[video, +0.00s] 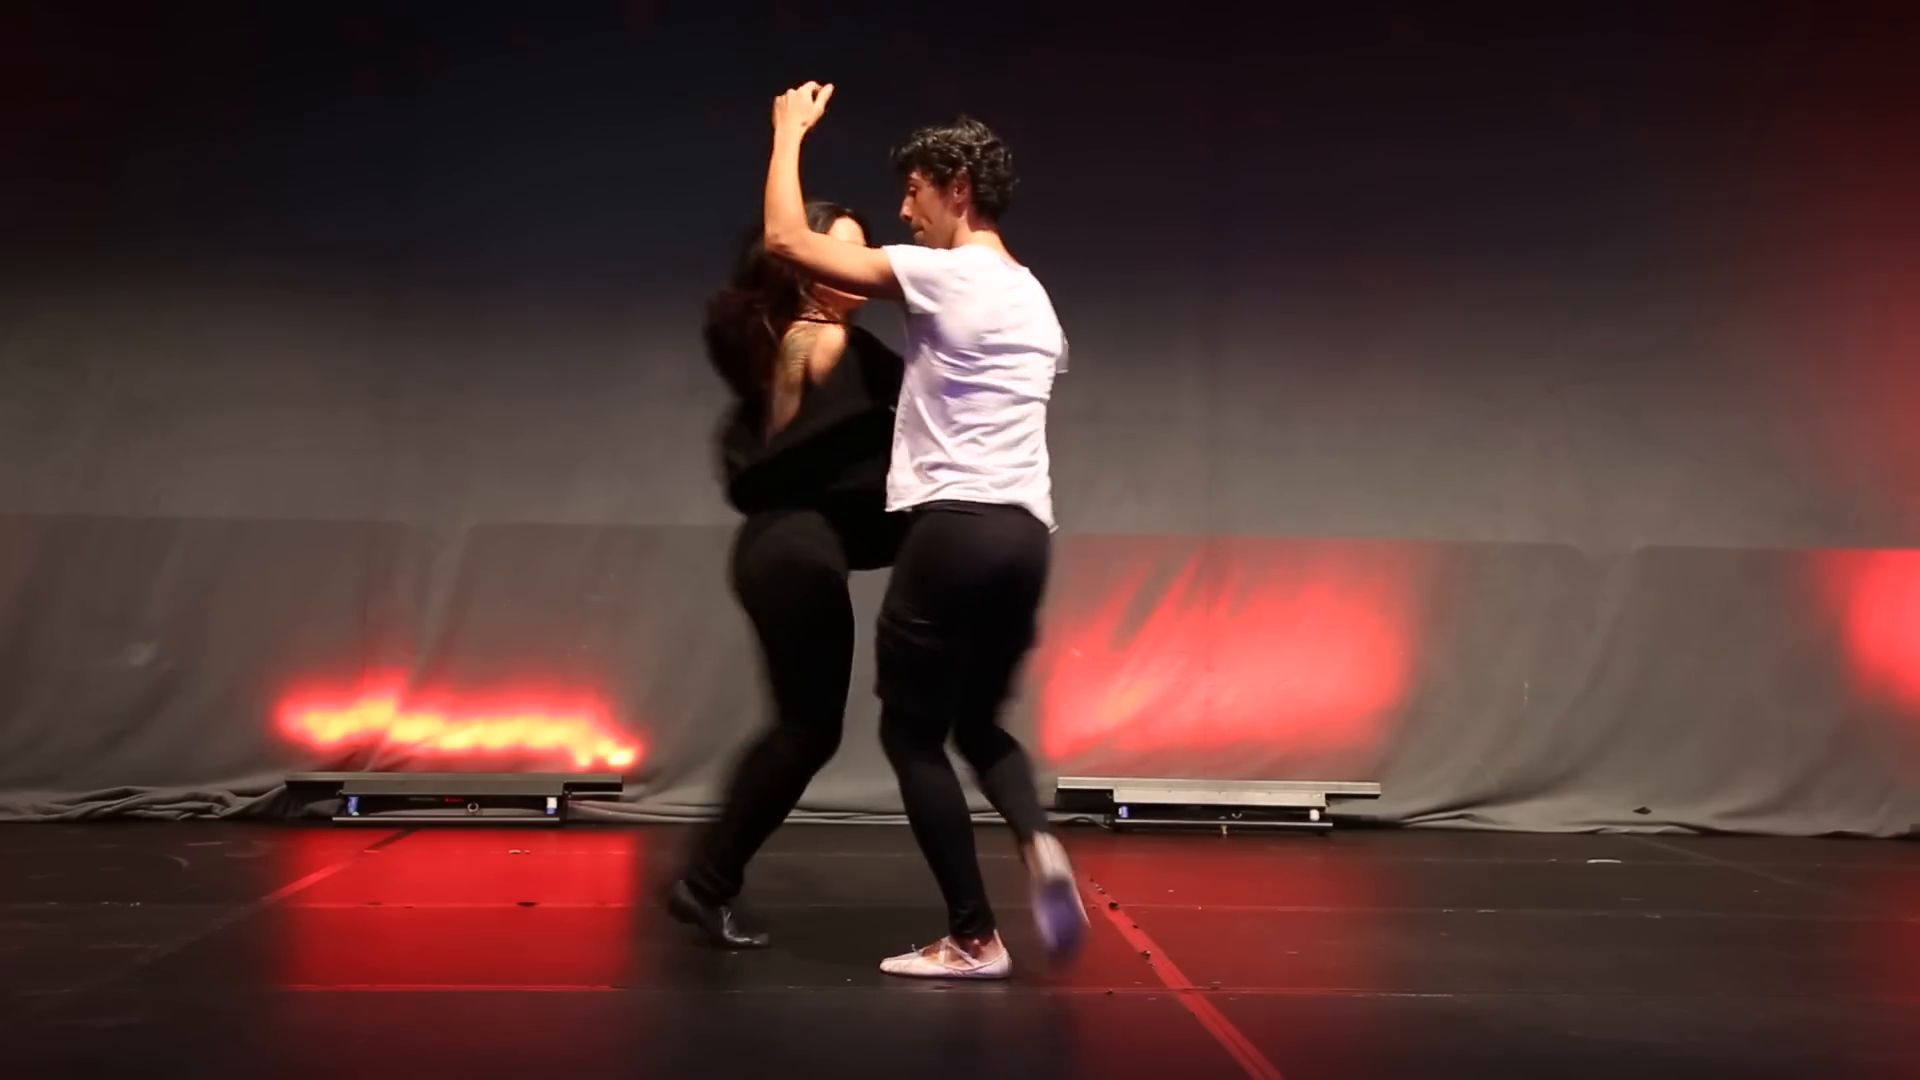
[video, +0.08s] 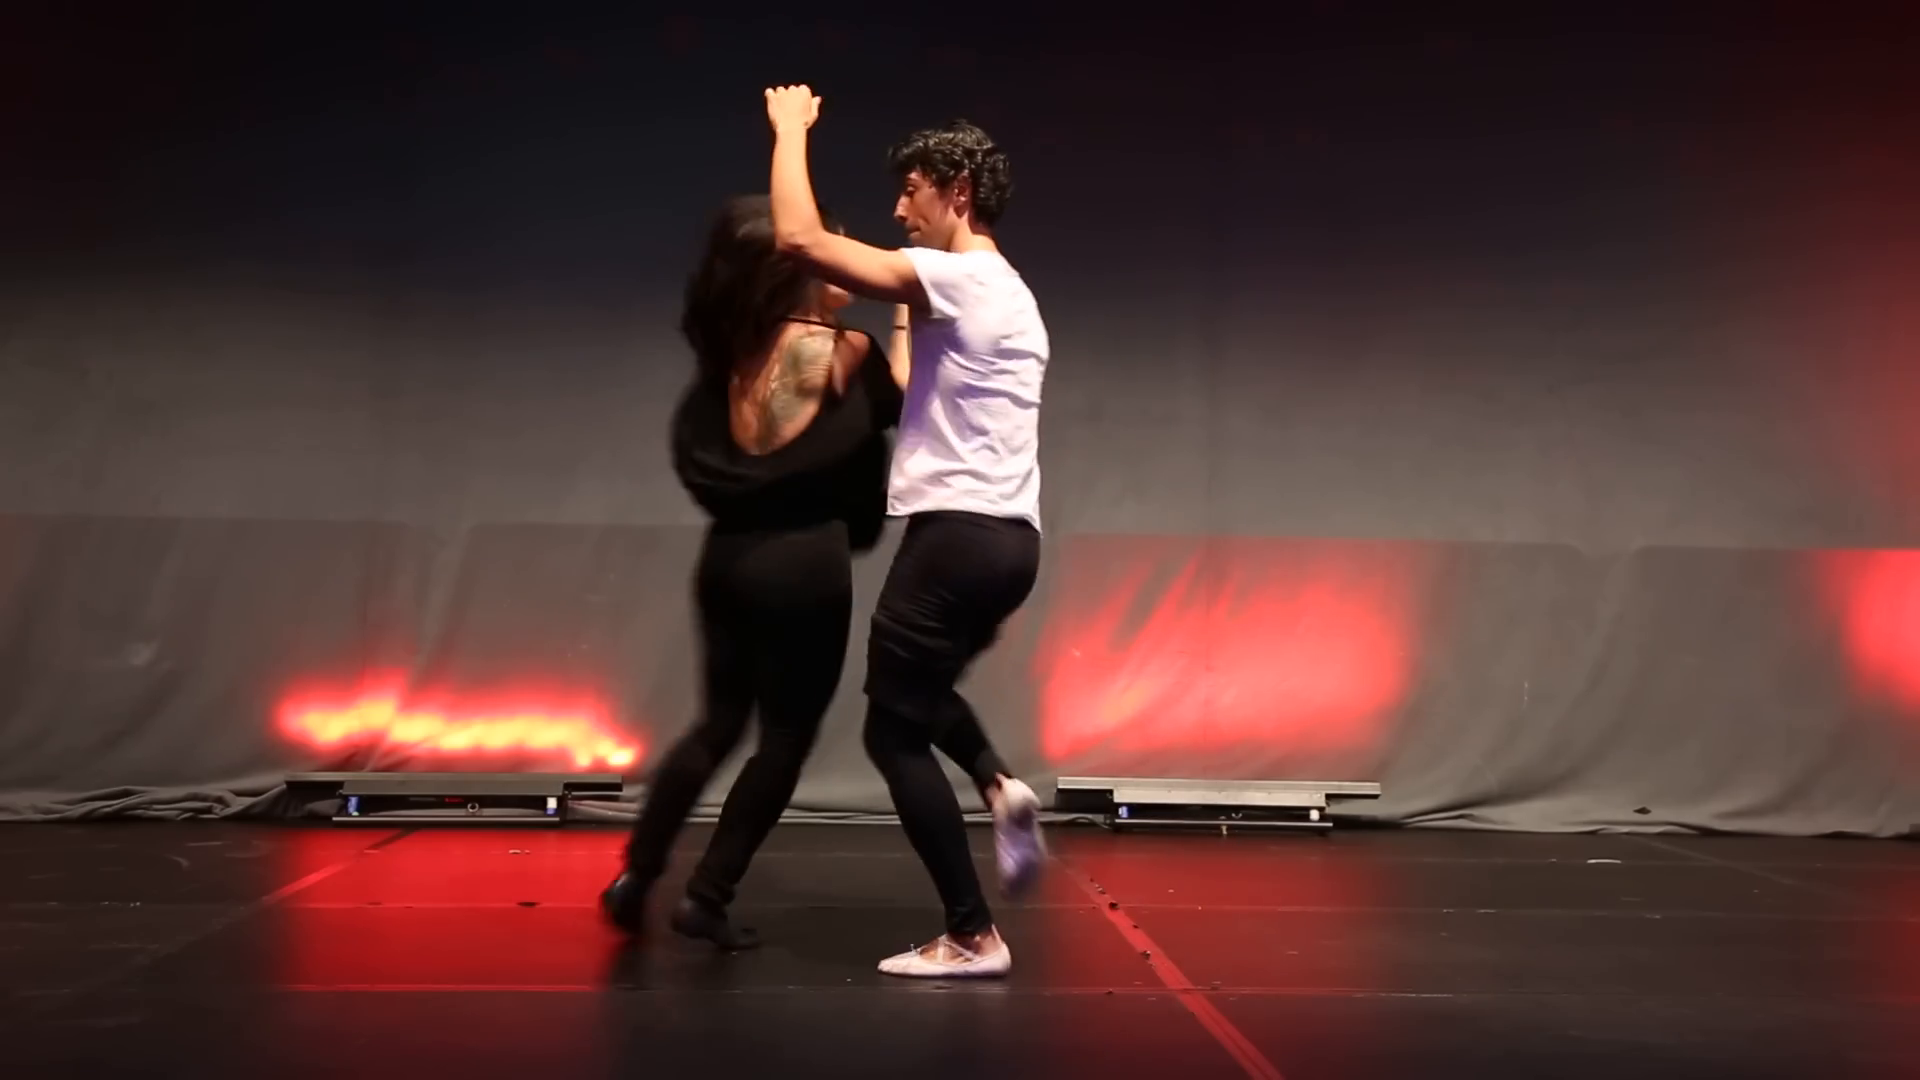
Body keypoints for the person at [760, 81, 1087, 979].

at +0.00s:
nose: (905, 209)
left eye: (914, 193)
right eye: (907, 195)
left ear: (960, 194)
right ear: (976, 196)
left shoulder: (944, 273)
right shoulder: (1036, 299)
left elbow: (788, 237)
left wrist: (787, 133)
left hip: (952, 529)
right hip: (1025, 534)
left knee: (912, 737)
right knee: (979, 720)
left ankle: (974, 938)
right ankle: (1042, 850)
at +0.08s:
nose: (900, 211)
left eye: (909, 194)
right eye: (901, 196)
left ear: (954, 195)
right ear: (969, 199)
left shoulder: (956, 278)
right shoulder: (1010, 293)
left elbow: (803, 236)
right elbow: (924, 399)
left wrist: (790, 132)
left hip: (955, 536)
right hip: (1008, 539)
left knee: (893, 735)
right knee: (918, 685)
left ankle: (971, 933)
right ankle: (1001, 788)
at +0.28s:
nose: (885, 209)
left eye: (895, 193)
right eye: (885, 194)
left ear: (940, 193)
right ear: (935, 197)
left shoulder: (978, 273)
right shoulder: (942, 296)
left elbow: (847, 244)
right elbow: (882, 439)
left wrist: (805, 137)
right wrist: (796, 464)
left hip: (970, 534)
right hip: (938, 527)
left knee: (898, 724)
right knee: (861, 693)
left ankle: (962, 929)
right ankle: (951, 857)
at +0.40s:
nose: (877, 203)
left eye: (889, 188)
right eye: (876, 189)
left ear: (935, 194)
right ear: (903, 197)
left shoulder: (984, 285)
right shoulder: (902, 315)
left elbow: (884, 255)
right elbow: (822, 421)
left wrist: (832, 144)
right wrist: (732, 438)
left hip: (983, 539)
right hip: (937, 538)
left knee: (925, 722)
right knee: (872, 709)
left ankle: (974, 929)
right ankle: (876, 894)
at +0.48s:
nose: (871, 209)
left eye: (883, 192)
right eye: (868, 195)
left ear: (926, 199)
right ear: (896, 205)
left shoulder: (983, 290)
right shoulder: (880, 322)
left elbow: (905, 264)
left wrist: (850, 153)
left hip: (991, 538)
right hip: (935, 540)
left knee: (937, 722)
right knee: (874, 717)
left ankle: (975, 929)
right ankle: (836, 899)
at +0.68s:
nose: (823, 214)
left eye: (840, 200)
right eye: (824, 199)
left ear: (888, 216)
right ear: (837, 214)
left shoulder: (934, 300)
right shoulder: (812, 326)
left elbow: (973, 334)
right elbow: (729, 408)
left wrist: (922, 221)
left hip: (970, 533)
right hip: (902, 543)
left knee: (969, 714)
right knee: (838, 710)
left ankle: (984, 920)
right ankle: (824, 903)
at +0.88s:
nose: (790, 231)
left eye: (805, 216)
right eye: (790, 217)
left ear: (854, 226)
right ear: (817, 230)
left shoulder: (924, 322)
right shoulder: (783, 333)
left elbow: (961, 445)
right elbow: (706, 410)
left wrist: (980, 415)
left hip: (896, 551)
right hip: (826, 552)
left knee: (879, 719)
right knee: (773, 714)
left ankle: (972, 889)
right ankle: (814, 901)